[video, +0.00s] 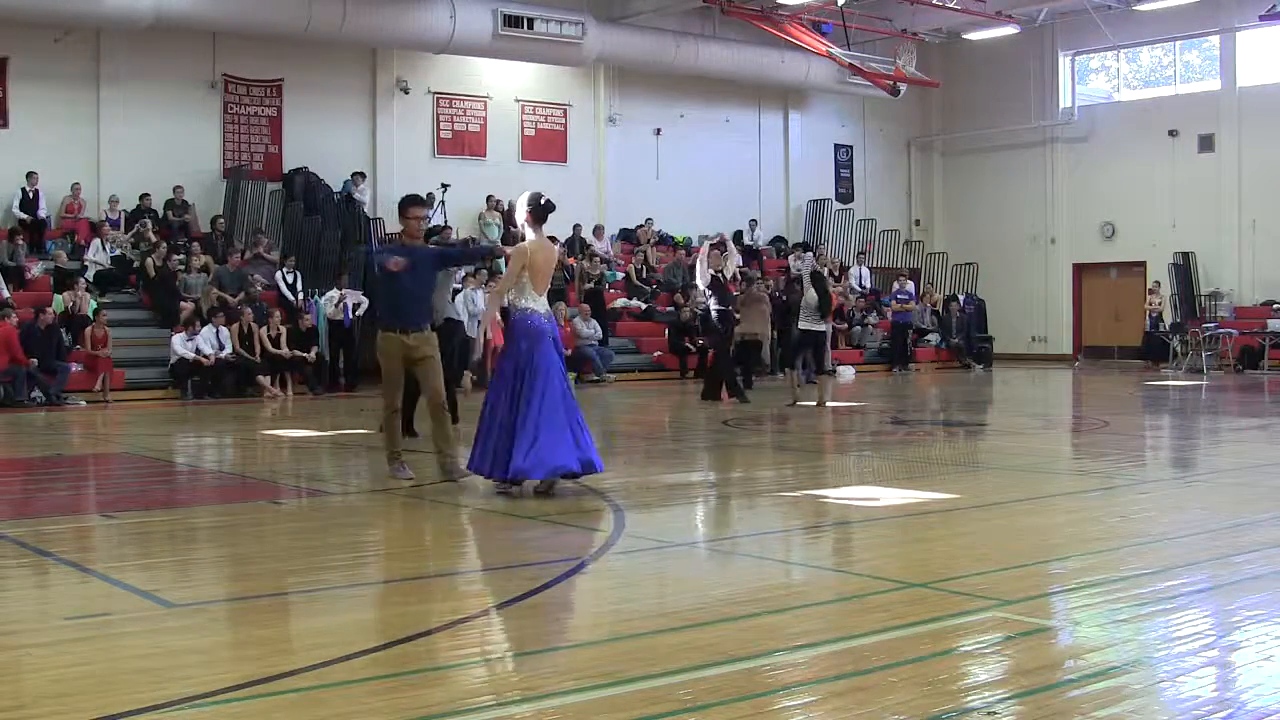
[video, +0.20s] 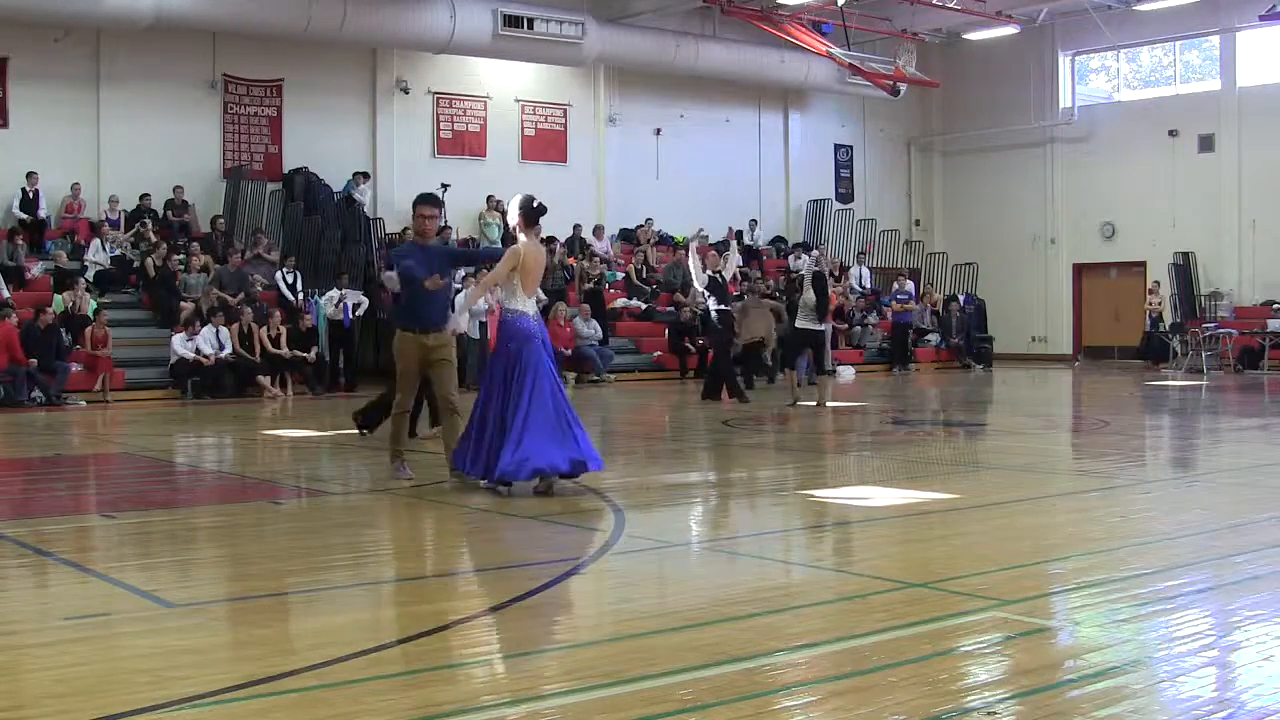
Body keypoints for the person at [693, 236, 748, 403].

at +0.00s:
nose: (718, 258)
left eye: (719, 255)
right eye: (715, 256)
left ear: (722, 258)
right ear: (708, 260)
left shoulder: (724, 275)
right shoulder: (706, 278)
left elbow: (733, 258)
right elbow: (701, 261)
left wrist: (727, 240)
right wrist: (707, 244)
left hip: (728, 314)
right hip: (715, 313)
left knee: (722, 352)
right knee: (723, 352)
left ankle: (710, 392)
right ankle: (737, 392)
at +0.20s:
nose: (714, 258)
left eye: (716, 256)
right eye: (710, 256)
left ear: (720, 260)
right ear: (705, 262)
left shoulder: (724, 276)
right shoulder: (703, 278)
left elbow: (733, 260)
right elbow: (695, 266)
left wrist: (732, 241)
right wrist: (692, 245)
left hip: (728, 313)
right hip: (715, 314)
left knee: (722, 353)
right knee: (723, 353)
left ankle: (710, 391)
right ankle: (737, 392)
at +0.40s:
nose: (714, 260)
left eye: (715, 257)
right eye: (710, 258)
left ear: (719, 261)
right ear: (706, 262)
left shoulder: (723, 276)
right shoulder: (704, 280)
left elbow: (732, 263)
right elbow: (693, 271)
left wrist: (738, 247)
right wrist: (684, 254)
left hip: (728, 315)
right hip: (716, 316)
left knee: (722, 354)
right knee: (725, 353)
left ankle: (711, 392)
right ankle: (737, 392)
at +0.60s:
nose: (712, 259)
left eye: (713, 257)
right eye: (709, 257)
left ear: (717, 262)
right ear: (704, 263)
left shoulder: (724, 278)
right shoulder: (705, 280)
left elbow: (735, 267)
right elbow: (690, 272)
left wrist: (744, 252)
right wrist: (677, 258)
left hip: (728, 316)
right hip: (716, 317)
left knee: (722, 354)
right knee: (726, 354)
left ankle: (711, 392)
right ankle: (738, 392)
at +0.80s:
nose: (718, 261)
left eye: (719, 259)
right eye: (715, 259)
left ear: (721, 262)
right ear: (708, 262)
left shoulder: (725, 279)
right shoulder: (706, 279)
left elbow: (739, 273)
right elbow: (689, 276)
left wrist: (751, 267)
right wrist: (669, 269)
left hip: (729, 317)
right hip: (716, 318)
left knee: (722, 355)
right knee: (724, 355)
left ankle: (710, 392)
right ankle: (738, 393)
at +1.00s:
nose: (728, 263)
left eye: (729, 260)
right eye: (724, 259)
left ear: (730, 262)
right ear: (716, 261)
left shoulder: (727, 281)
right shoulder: (709, 278)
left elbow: (742, 290)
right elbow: (690, 283)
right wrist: (675, 287)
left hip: (728, 322)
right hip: (717, 322)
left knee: (721, 357)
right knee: (728, 356)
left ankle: (711, 392)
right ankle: (738, 392)